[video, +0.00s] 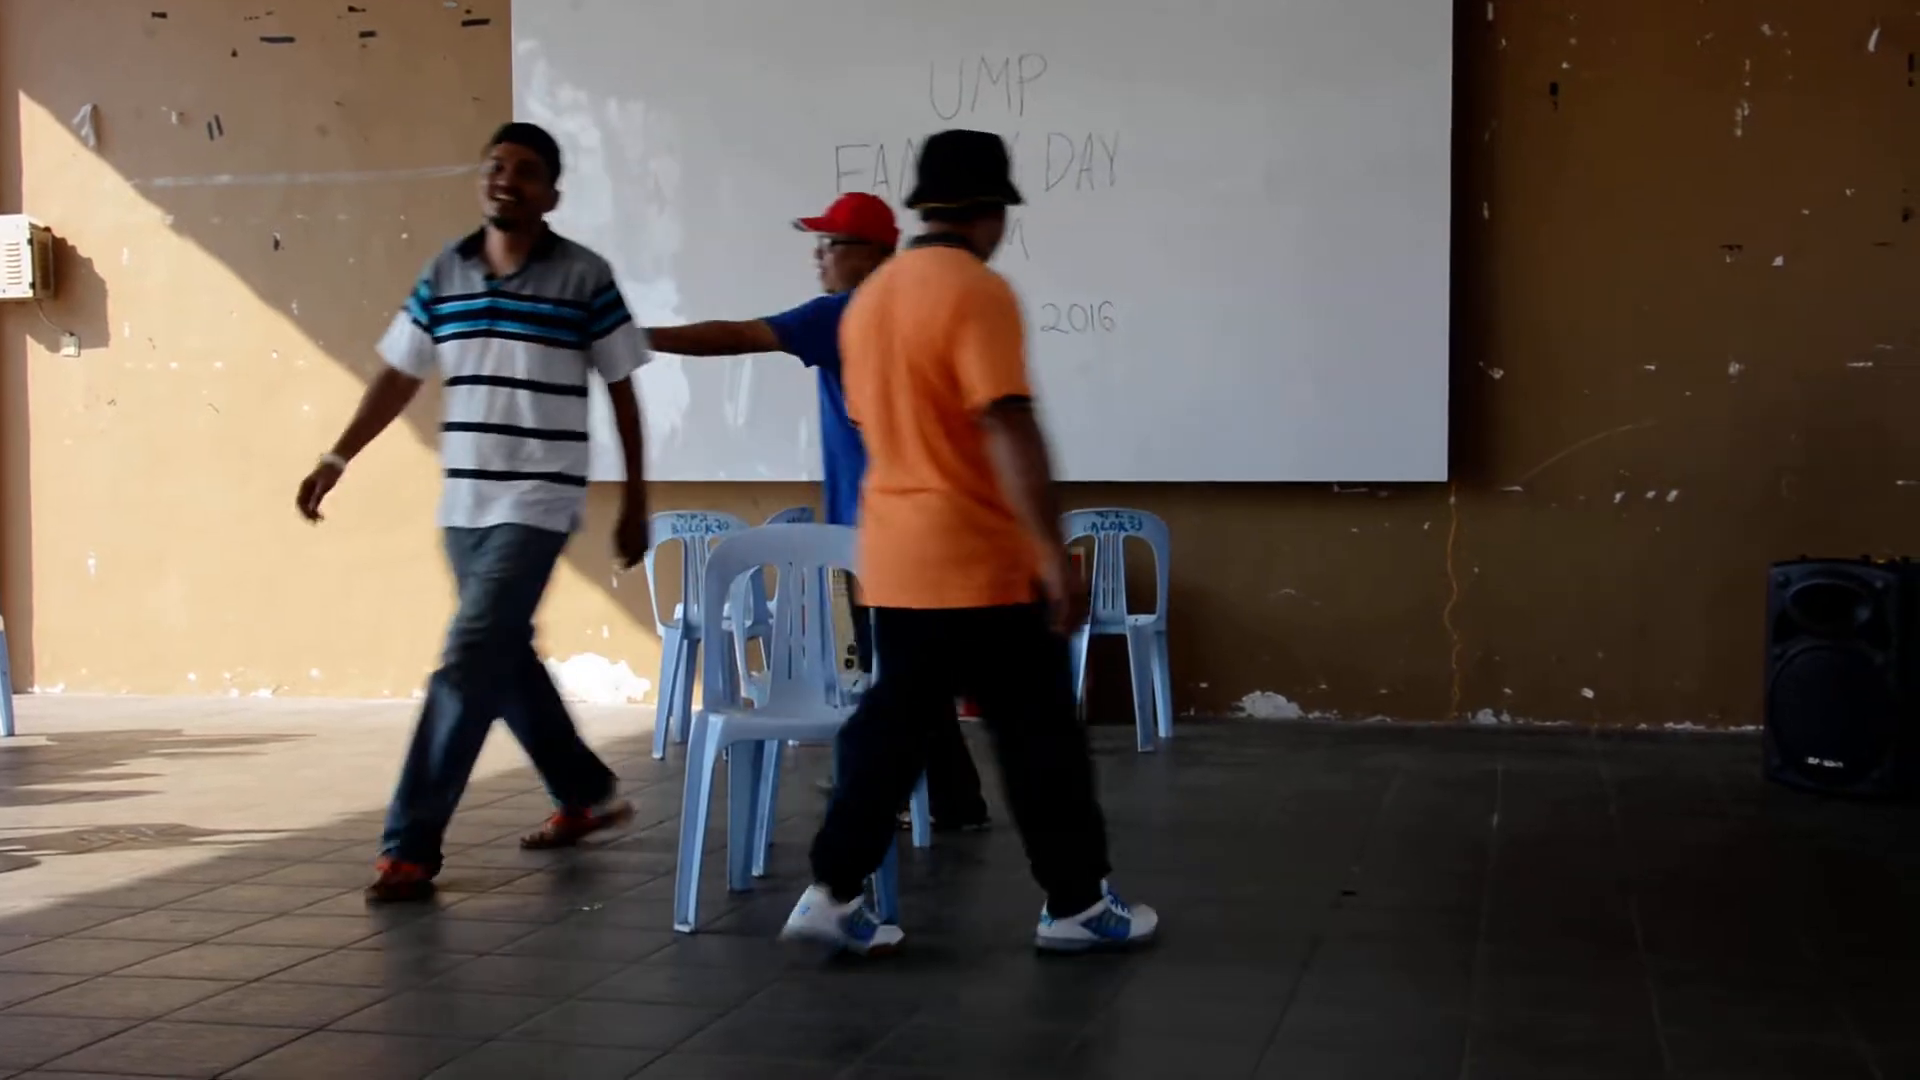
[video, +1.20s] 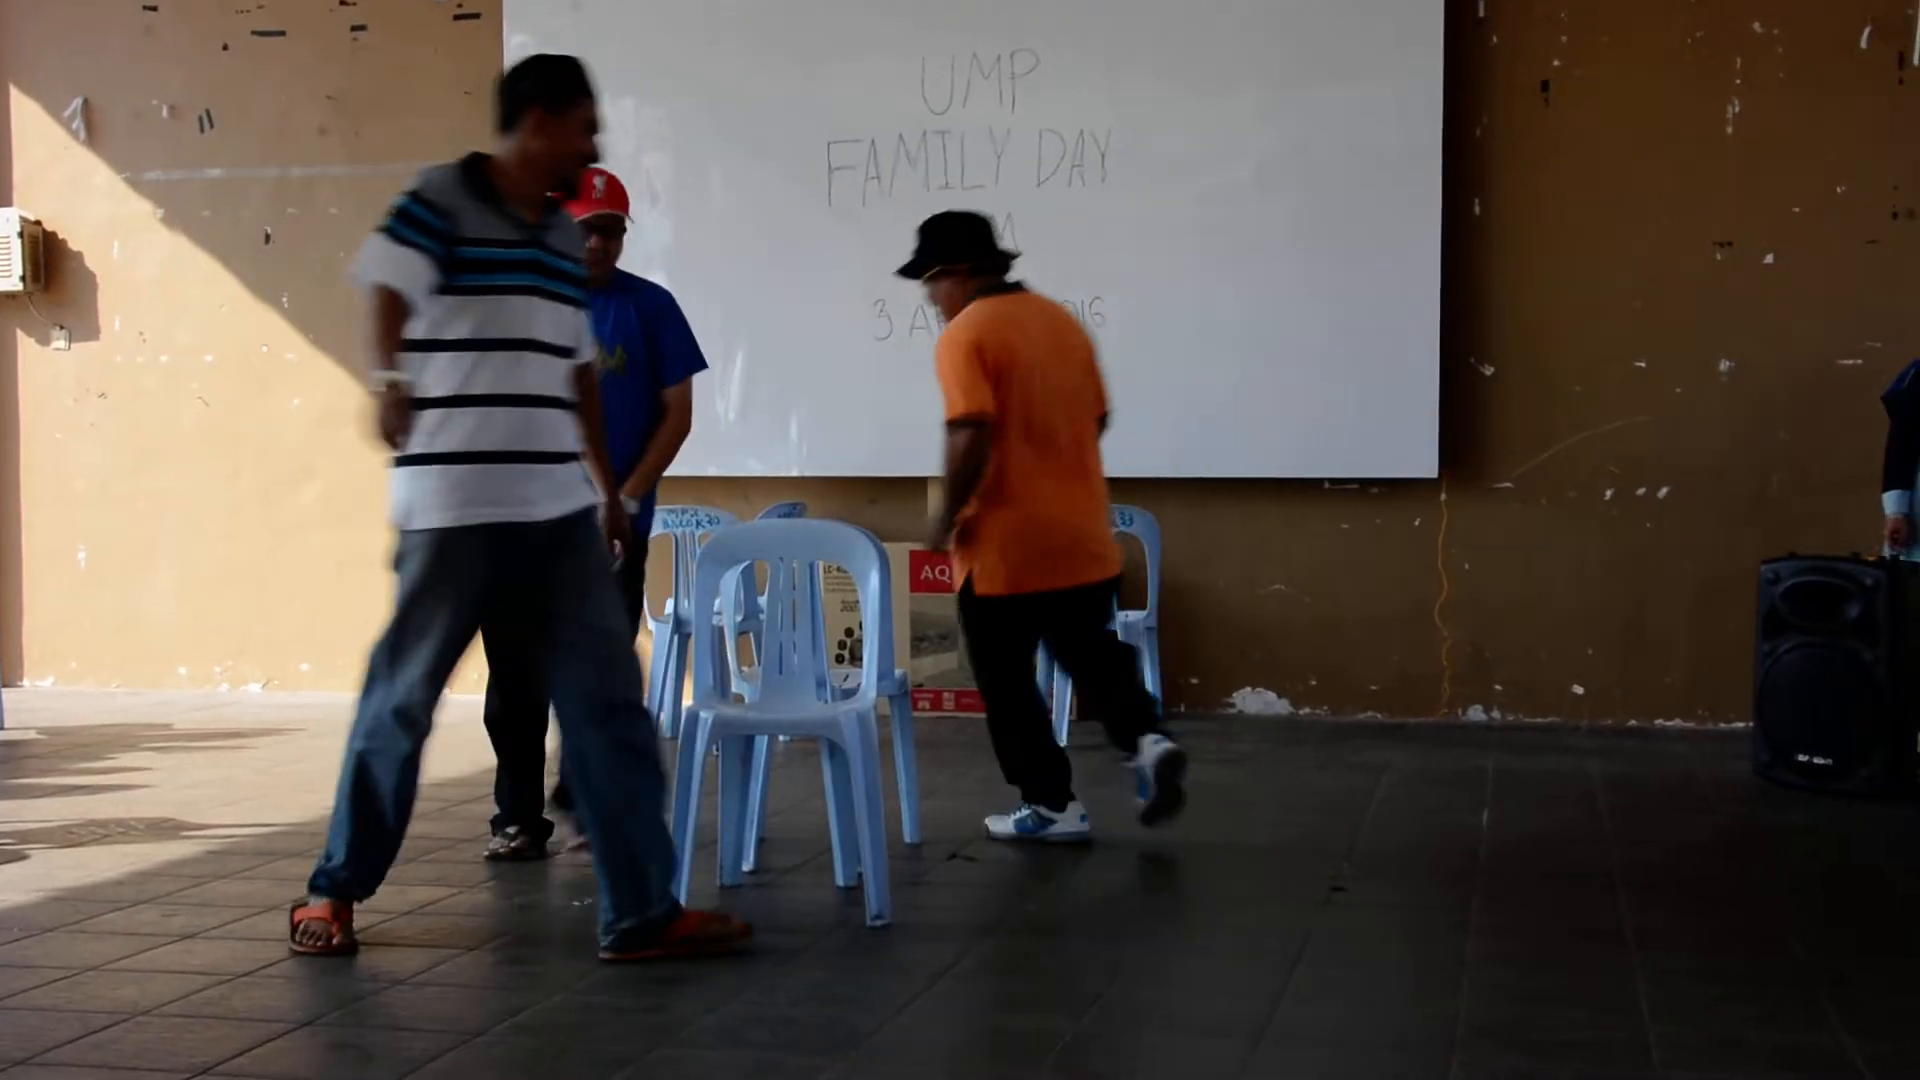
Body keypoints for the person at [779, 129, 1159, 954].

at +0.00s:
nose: (1005, 227)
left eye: (1003, 212)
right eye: (1002, 212)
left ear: (922, 209)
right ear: (986, 213)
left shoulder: (868, 299)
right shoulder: (976, 290)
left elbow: (869, 428)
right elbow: (1007, 424)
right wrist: (1052, 551)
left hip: (892, 559)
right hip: (979, 559)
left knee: (897, 723)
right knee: (1040, 732)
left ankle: (832, 892)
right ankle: (1077, 901)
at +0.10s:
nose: (1040, 226)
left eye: (1038, 213)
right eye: (1039, 214)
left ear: (958, 210)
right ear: (1027, 214)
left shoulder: (901, 304)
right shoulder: (1031, 293)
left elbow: (896, 441)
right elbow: (1081, 430)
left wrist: (928, 536)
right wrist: (1127, 546)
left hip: (936, 554)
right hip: (1029, 550)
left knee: (964, 707)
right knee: (1081, 725)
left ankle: (898, 828)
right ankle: (1075, 901)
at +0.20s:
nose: (1068, 220)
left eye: (1064, 209)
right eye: (1066, 209)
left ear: (984, 210)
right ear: (1054, 210)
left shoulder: (931, 299)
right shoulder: (1078, 290)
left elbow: (908, 430)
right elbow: (1138, 420)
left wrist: (905, 533)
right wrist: (1186, 536)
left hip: (963, 547)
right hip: (1058, 547)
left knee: (1003, 690)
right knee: (1087, 722)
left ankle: (974, 813)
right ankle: (1075, 900)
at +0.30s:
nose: (1088, 222)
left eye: (1078, 212)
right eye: (1086, 212)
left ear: (1005, 215)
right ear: (1081, 213)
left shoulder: (956, 297)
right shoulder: (1115, 288)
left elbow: (916, 419)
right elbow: (1181, 411)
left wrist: (906, 528)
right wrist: (1225, 514)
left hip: (990, 544)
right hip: (1085, 543)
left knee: (1030, 704)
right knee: (1091, 719)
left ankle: (1052, 855)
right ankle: (1074, 902)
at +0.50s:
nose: (1024, 242)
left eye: (1022, 232)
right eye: (1099, 226)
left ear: (1026, 231)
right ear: (1100, 225)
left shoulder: (985, 311)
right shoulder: (1143, 295)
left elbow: (954, 437)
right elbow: (1211, 413)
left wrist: (944, 547)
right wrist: (1232, 497)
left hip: (1030, 556)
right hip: (1125, 550)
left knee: (1068, 713)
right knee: (1143, 705)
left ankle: (1116, 889)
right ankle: (1089, 860)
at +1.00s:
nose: (990, 294)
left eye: (991, 280)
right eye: (988, 281)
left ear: (1015, 273)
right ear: (1061, 266)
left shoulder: (1008, 337)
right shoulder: (1133, 323)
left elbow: (983, 450)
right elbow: (1177, 424)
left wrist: (981, 527)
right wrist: (1116, 462)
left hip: (1045, 547)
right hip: (1140, 543)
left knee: (1040, 686)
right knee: (1146, 689)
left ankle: (1087, 809)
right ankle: (1178, 830)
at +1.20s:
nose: (928, 296)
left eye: (930, 280)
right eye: (925, 281)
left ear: (959, 272)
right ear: (989, 268)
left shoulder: (964, 336)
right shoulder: (1061, 319)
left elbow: (971, 434)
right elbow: (1096, 414)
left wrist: (944, 518)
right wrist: (1042, 467)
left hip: (1006, 541)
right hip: (1084, 533)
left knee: (1005, 681)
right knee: (1090, 646)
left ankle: (1049, 805)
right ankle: (1147, 741)